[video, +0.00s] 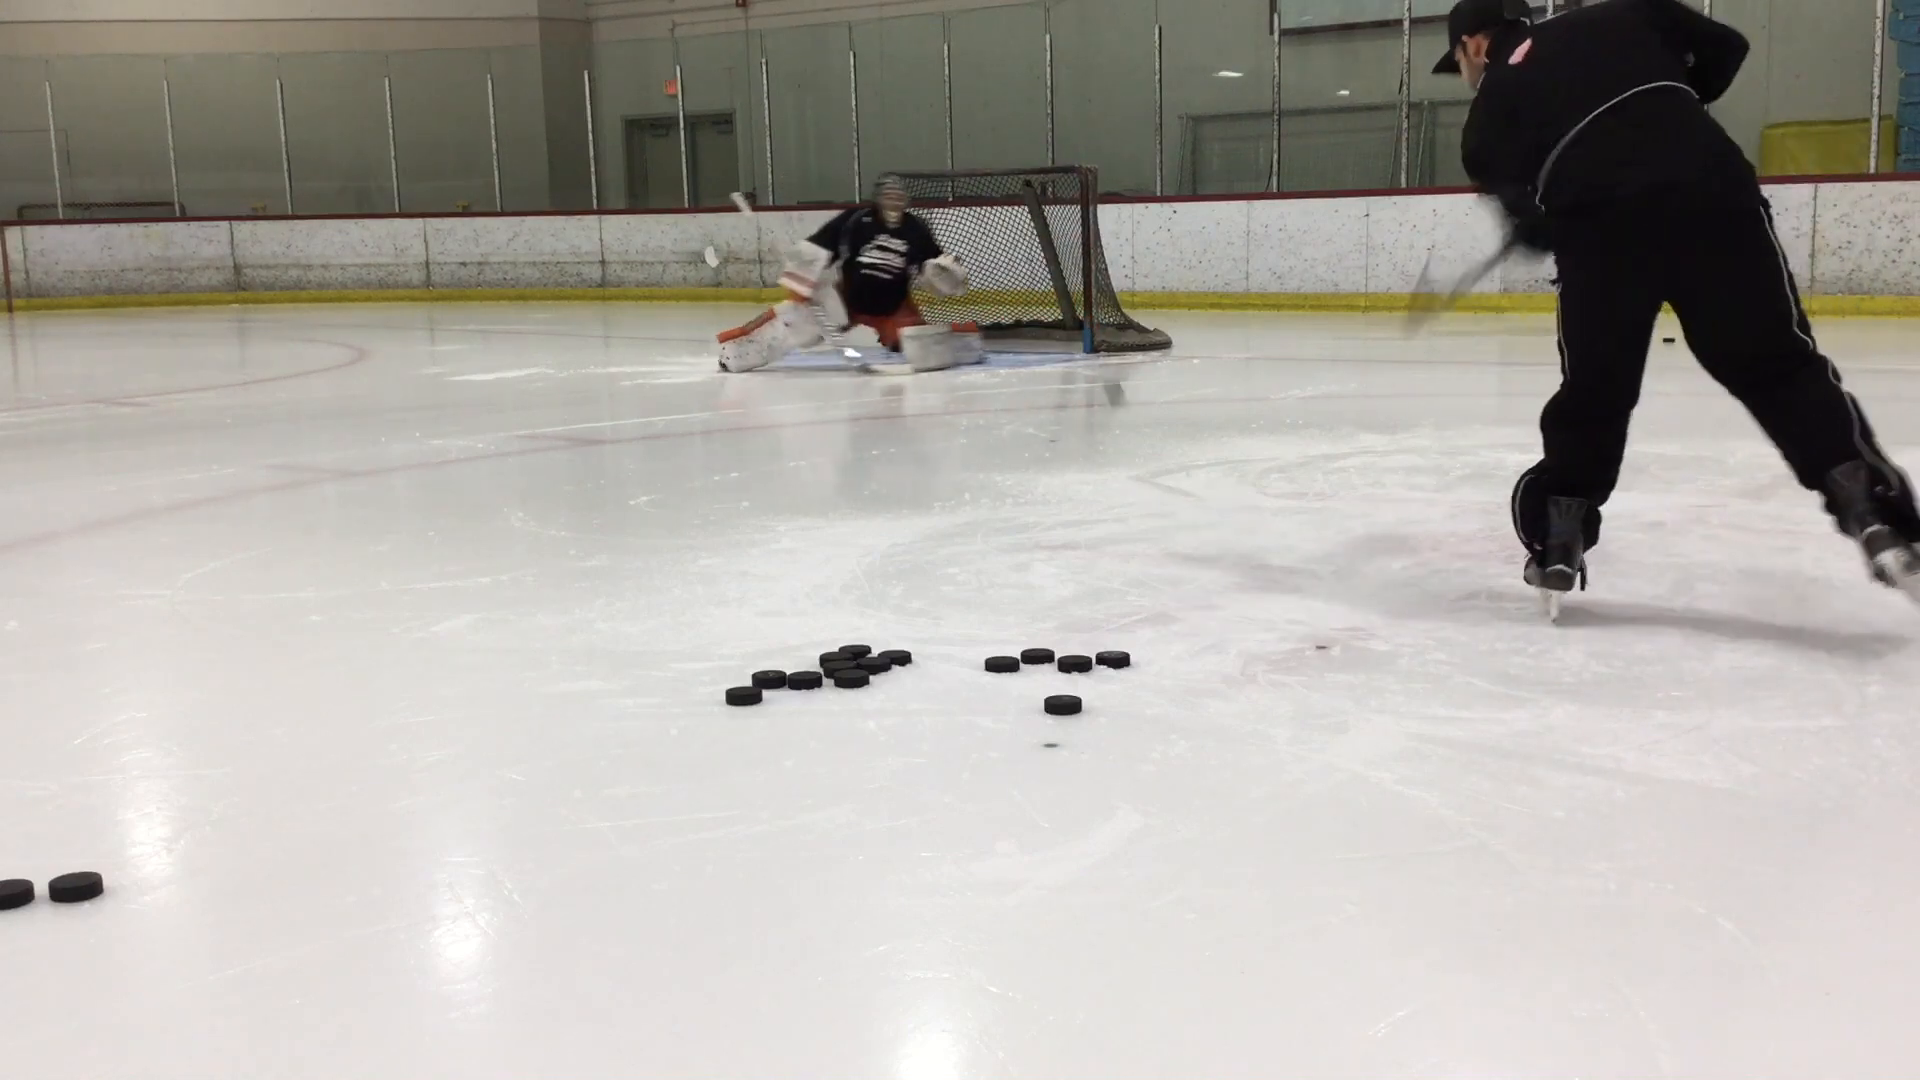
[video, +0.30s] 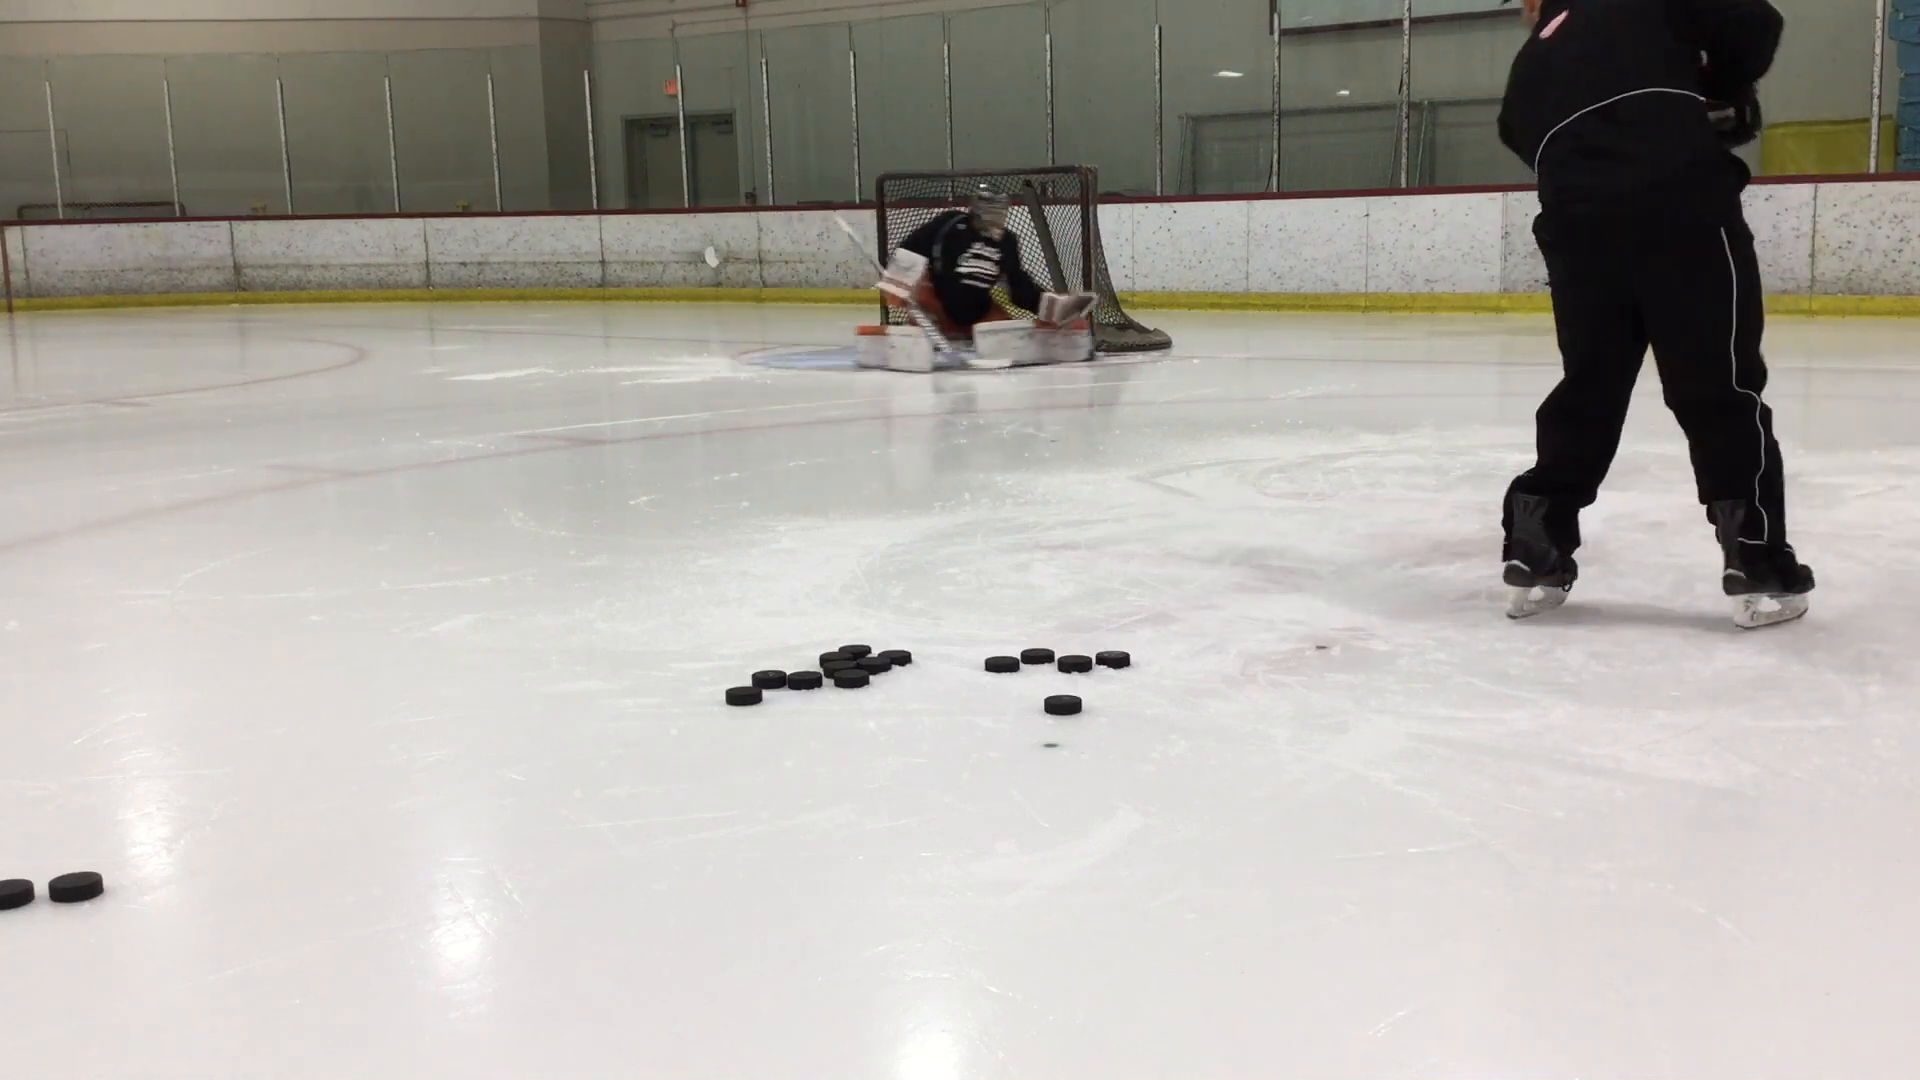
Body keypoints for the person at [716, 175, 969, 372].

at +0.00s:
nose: (895, 201)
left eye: (900, 196)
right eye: (889, 196)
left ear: (907, 201)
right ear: (877, 199)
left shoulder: (917, 230)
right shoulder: (857, 220)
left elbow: (940, 274)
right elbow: (813, 252)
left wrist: (946, 276)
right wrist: (804, 287)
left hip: (895, 309)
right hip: (847, 304)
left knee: (927, 350)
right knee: (792, 325)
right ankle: (740, 353)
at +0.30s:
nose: (994, 217)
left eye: (998, 212)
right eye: (987, 211)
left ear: (1004, 212)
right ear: (975, 210)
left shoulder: (1007, 241)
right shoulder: (949, 223)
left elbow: (1017, 285)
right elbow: (908, 251)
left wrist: (1052, 306)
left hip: (979, 308)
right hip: (938, 305)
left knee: (1016, 335)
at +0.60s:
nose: (1067, 206)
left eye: (1070, 200)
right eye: (1062, 200)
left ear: (1073, 200)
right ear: (1046, 198)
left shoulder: (1075, 224)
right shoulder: (1017, 220)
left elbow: (1093, 260)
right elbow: (986, 253)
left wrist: (1124, 284)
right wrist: (992, 294)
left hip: (1056, 299)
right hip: (1015, 301)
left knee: (1098, 320)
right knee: (1023, 347)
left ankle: (1133, 340)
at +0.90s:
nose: (1129, 189)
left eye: (1132, 183)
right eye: (1123, 184)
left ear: (1134, 183)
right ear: (1108, 184)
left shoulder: (1139, 210)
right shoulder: (1085, 210)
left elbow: (1143, 244)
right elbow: (1066, 258)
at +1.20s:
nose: (1136, 157)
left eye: (1137, 151)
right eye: (1131, 152)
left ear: (1138, 154)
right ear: (1116, 154)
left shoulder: (1144, 184)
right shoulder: (1089, 181)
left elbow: (1147, 223)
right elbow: (1060, 221)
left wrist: (1164, 252)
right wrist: (1053, 262)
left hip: (1134, 262)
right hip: (1092, 264)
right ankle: (1039, 351)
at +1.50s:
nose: (1096, 136)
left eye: (1096, 130)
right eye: (1090, 129)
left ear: (1094, 132)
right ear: (1075, 131)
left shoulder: (1098, 165)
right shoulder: (1048, 155)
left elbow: (1090, 206)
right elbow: (1015, 196)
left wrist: (1102, 231)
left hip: (1082, 235)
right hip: (1048, 232)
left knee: (1117, 257)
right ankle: (997, 334)